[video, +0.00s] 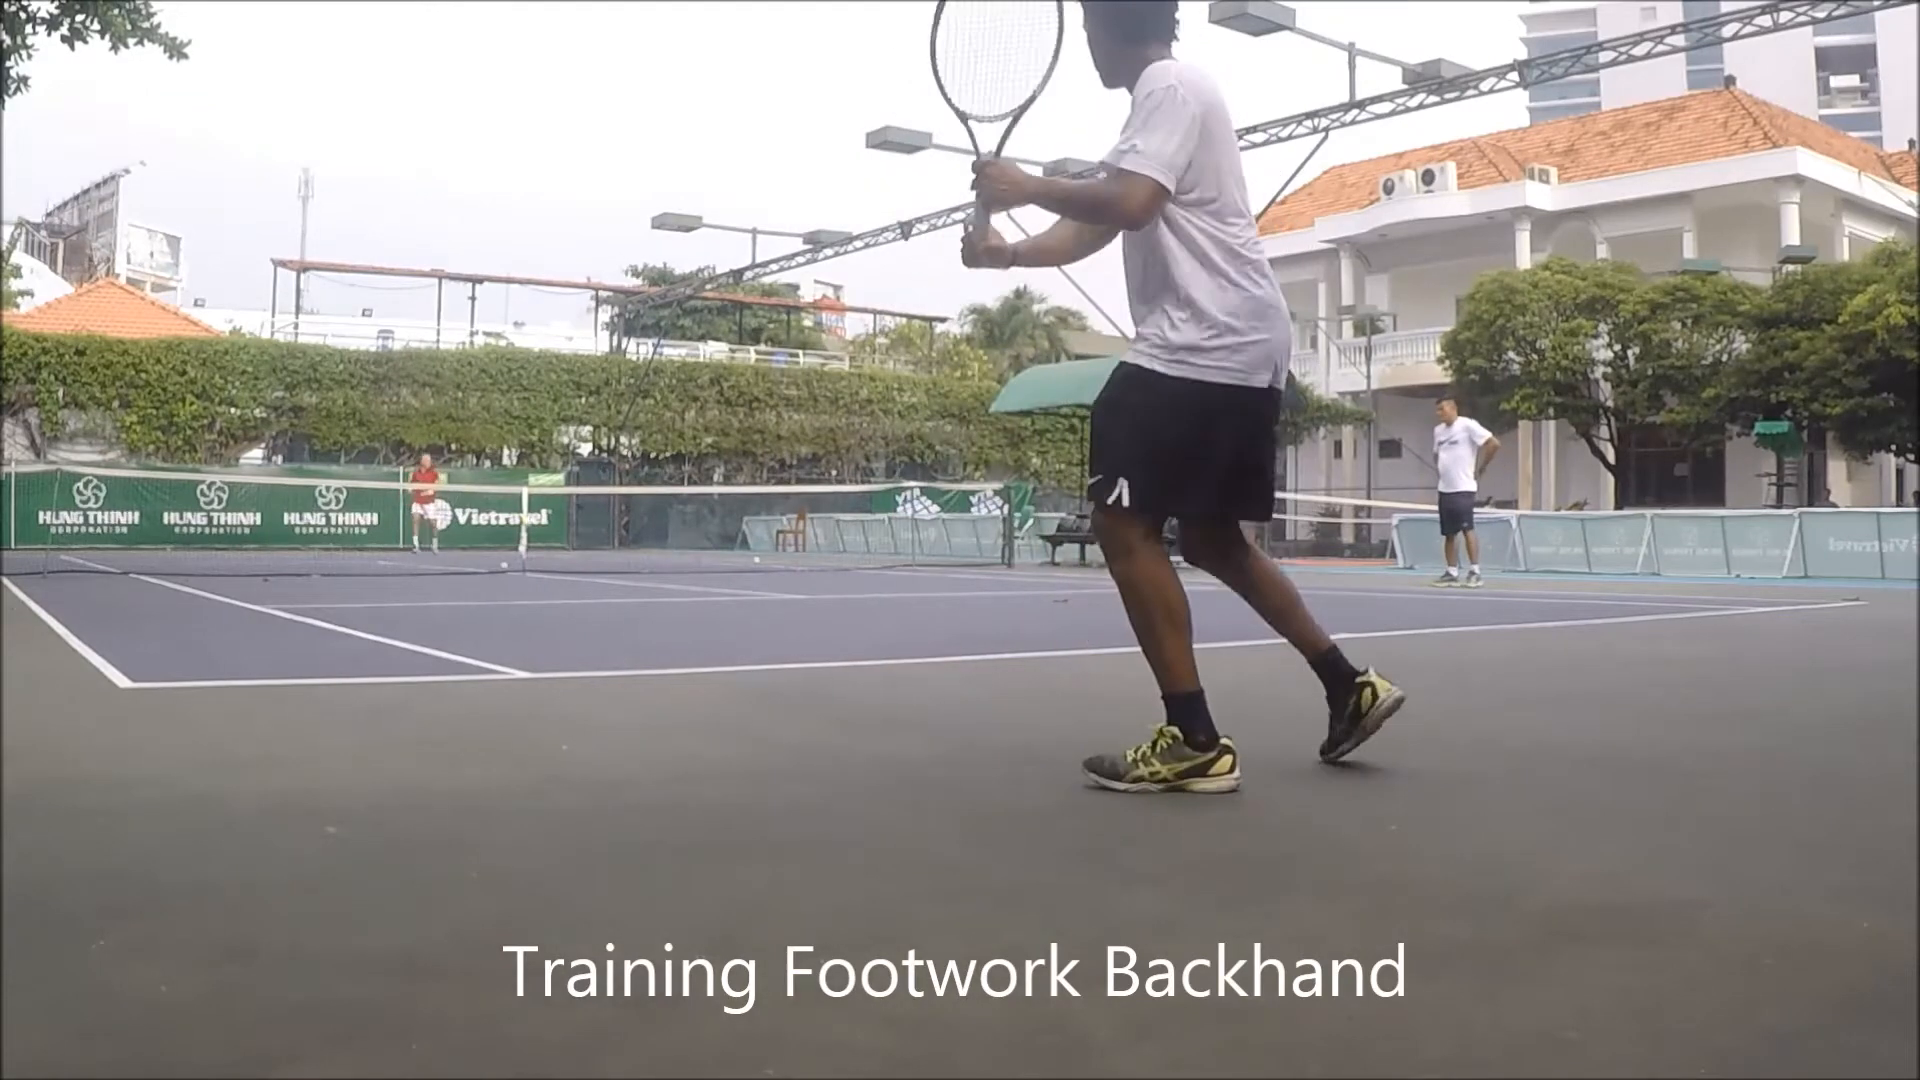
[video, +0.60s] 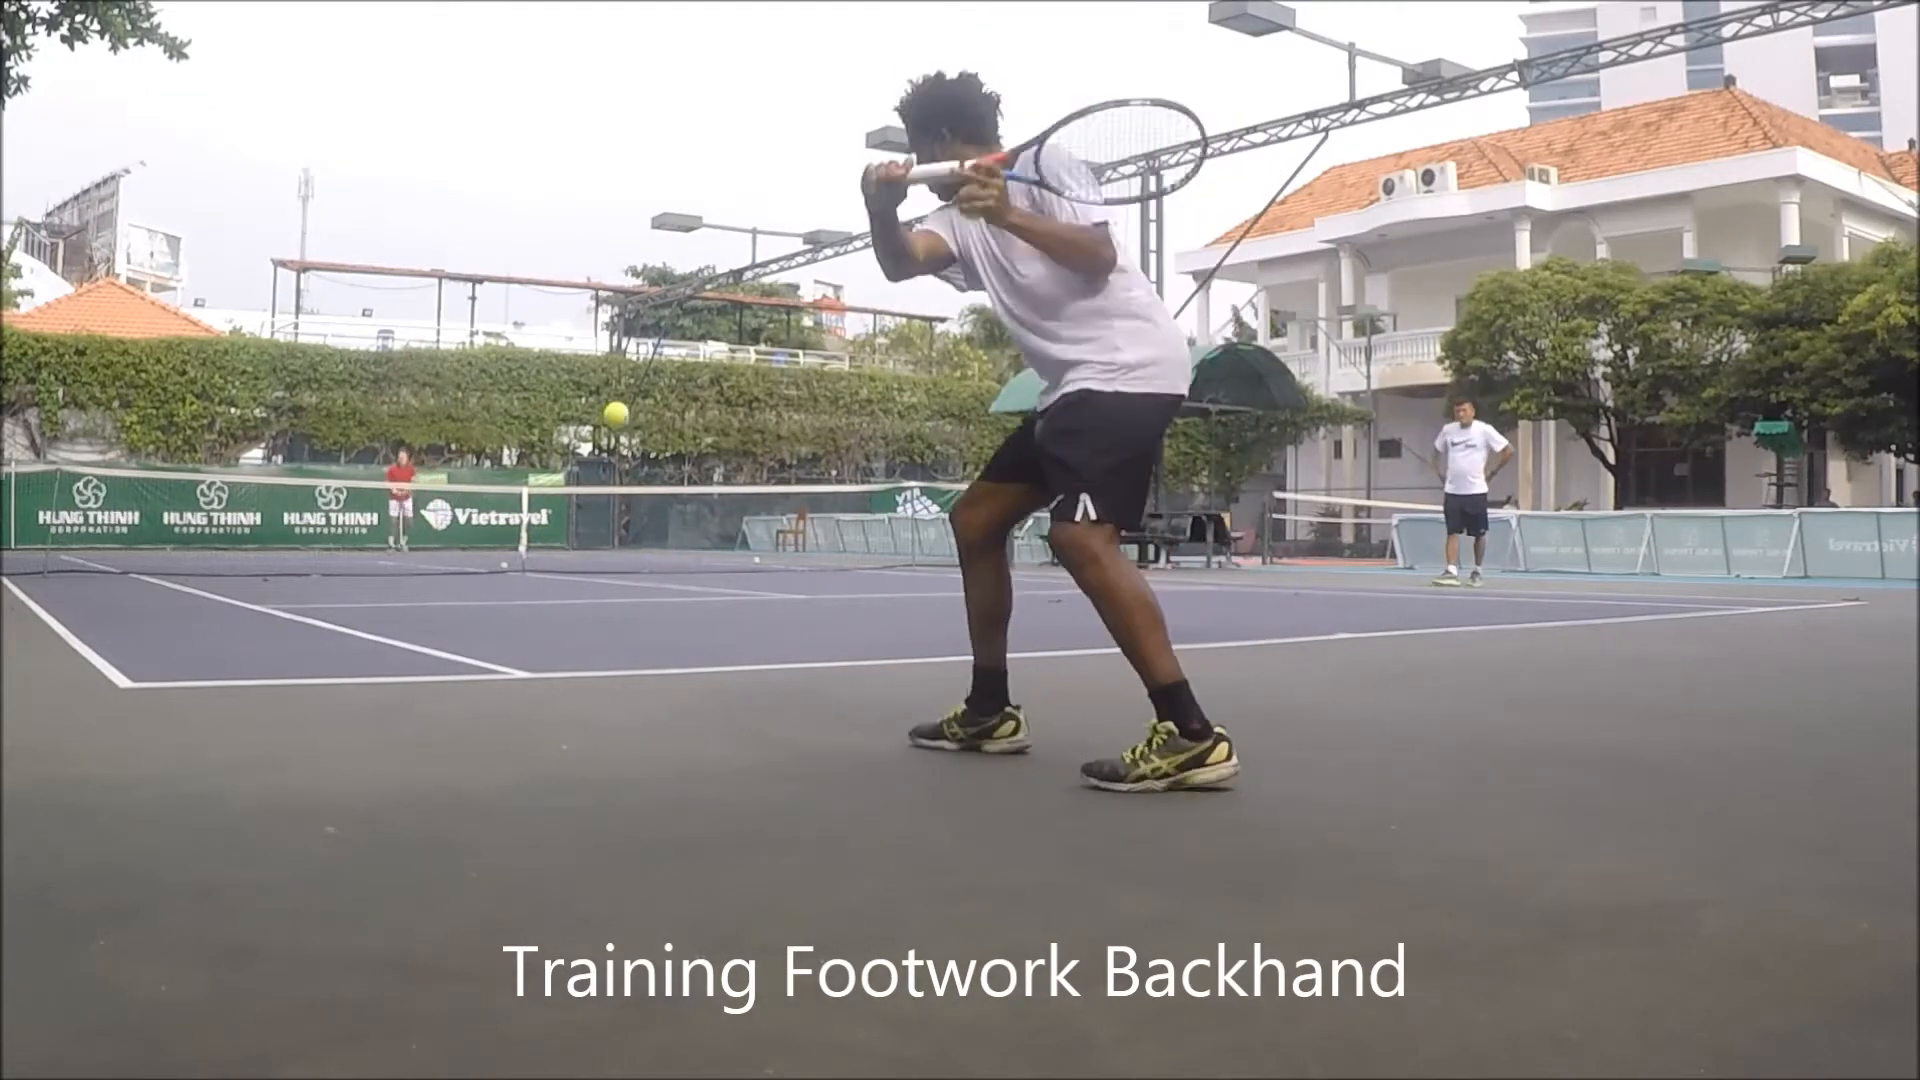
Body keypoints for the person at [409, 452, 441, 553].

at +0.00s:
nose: (427, 463)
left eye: (428, 460)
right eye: (425, 460)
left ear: (431, 462)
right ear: (421, 462)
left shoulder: (434, 474)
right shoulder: (416, 474)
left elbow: (437, 485)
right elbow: (412, 485)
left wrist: (430, 491)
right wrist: (415, 489)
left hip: (429, 501)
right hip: (417, 501)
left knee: (433, 522)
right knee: (416, 520)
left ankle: (434, 543)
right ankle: (416, 543)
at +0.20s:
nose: (414, 463)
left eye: (416, 461)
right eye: (412, 461)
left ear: (419, 462)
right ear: (409, 462)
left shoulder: (423, 473)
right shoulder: (406, 474)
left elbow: (425, 484)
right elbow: (402, 485)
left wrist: (420, 491)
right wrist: (406, 491)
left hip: (420, 501)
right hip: (408, 501)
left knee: (427, 522)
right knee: (404, 523)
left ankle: (433, 543)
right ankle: (399, 543)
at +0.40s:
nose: (408, 462)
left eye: (409, 460)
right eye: (405, 460)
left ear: (411, 461)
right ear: (401, 462)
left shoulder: (414, 472)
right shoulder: (396, 473)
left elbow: (417, 484)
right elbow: (394, 484)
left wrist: (410, 489)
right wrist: (400, 490)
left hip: (412, 500)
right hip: (399, 501)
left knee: (418, 520)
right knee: (399, 523)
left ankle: (425, 544)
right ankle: (398, 545)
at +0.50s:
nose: (405, 458)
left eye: (407, 456)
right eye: (403, 456)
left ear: (409, 457)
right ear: (400, 457)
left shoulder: (412, 468)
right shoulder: (394, 468)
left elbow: (414, 481)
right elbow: (391, 482)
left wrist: (408, 488)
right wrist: (400, 488)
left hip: (409, 496)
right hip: (397, 497)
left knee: (413, 519)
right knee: (397, 520)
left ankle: (414, 543)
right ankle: (396, 543)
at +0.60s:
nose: (402, 459)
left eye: (404, 457)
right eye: (400, 457)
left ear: (408, 458)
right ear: (397, 458)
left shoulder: (410, 469)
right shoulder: (392, 469)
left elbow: (412, 482)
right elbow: (389, 482)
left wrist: (406, 490)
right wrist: (395, 490)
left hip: (406, 497)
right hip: (395, 497)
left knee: (408, 519)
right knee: (394, 519)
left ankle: (405, 538)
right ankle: (392, 539)